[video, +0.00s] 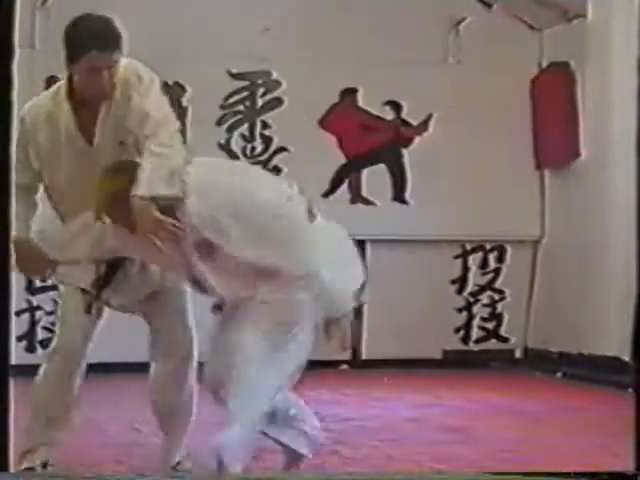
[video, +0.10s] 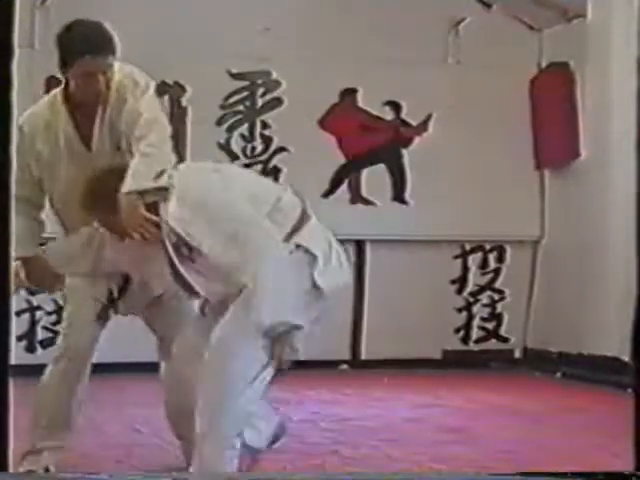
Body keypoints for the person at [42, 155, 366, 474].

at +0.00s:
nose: (121, 224)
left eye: (122, 213)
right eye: (114, 217)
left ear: (140, 196)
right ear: (114, 210)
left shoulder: (222, 196)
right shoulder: (128, 223)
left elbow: (305, 233)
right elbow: (87, 237)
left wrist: (337, 304)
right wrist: (44, 252)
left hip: (289, 280)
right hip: (235, 290)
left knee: (252, 369)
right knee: (219, 375)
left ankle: (229, 460)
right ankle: (300, 434)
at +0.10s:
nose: (118, 234)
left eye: (114, 223)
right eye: (111, 228)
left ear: (129, 202)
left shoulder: (190, 194)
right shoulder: (167, 217)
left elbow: (266, 247)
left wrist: (280, 325)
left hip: (298, 257)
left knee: (226, 356)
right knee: (196, 351)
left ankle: (211, 468)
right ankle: (261, 426)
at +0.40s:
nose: (121, 197)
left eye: (118, 182)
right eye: (112, 190)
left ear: (134, 162)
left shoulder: (191, 162)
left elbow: (251, 195)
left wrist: (270, 260)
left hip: (289, 247)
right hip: (228, 263)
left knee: (240, 346)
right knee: (190, 343)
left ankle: (231, 466)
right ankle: (182, 454)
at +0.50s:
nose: (129, 163)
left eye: (125, 150)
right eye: (122, 156)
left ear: (139, 129)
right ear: (137, 134)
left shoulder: (207, 136)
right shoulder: (167, 167)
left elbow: (273, 172)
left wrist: (283, 236)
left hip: (282, 249)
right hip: (228, 260)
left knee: (241, 342)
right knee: (190, 348)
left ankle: (239, 468)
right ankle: (182, 457)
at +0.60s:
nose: (136, 137)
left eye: (139, 123)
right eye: (132, 126)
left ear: (166, 109)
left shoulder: (219, 128)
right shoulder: (174, 153)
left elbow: (291, 152)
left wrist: (300, 221)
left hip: (285, 246)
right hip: (229, 256)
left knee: (247, 332)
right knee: (195, 344)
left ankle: (244, 466)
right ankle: (184, 459)